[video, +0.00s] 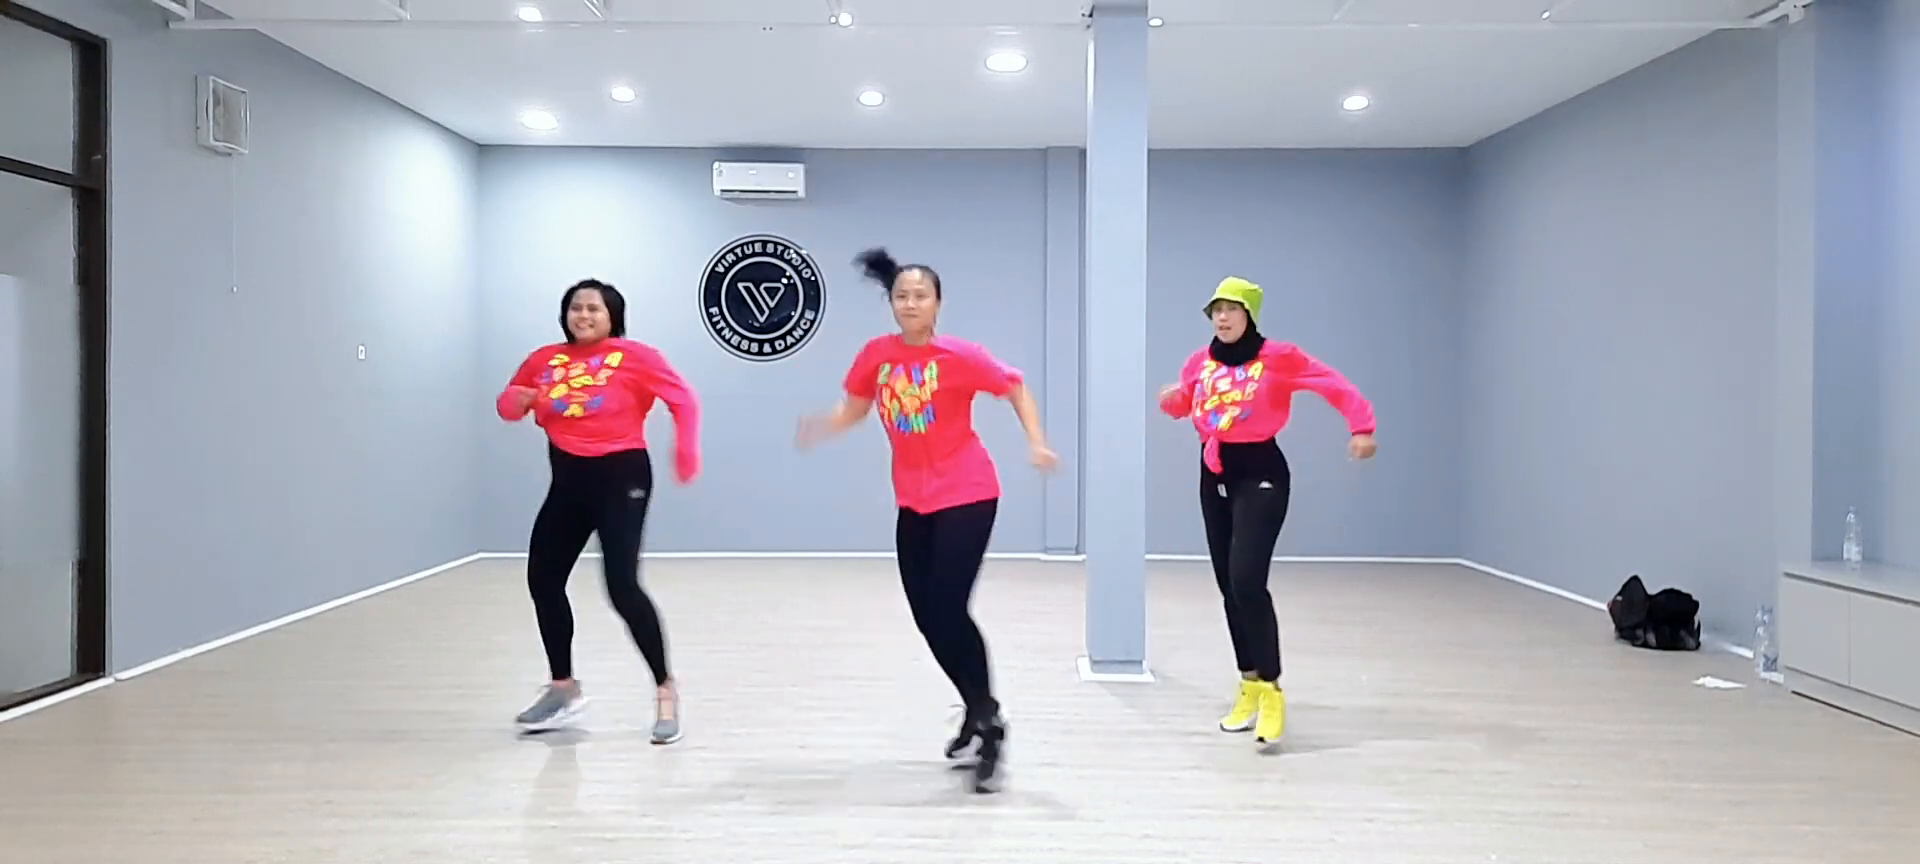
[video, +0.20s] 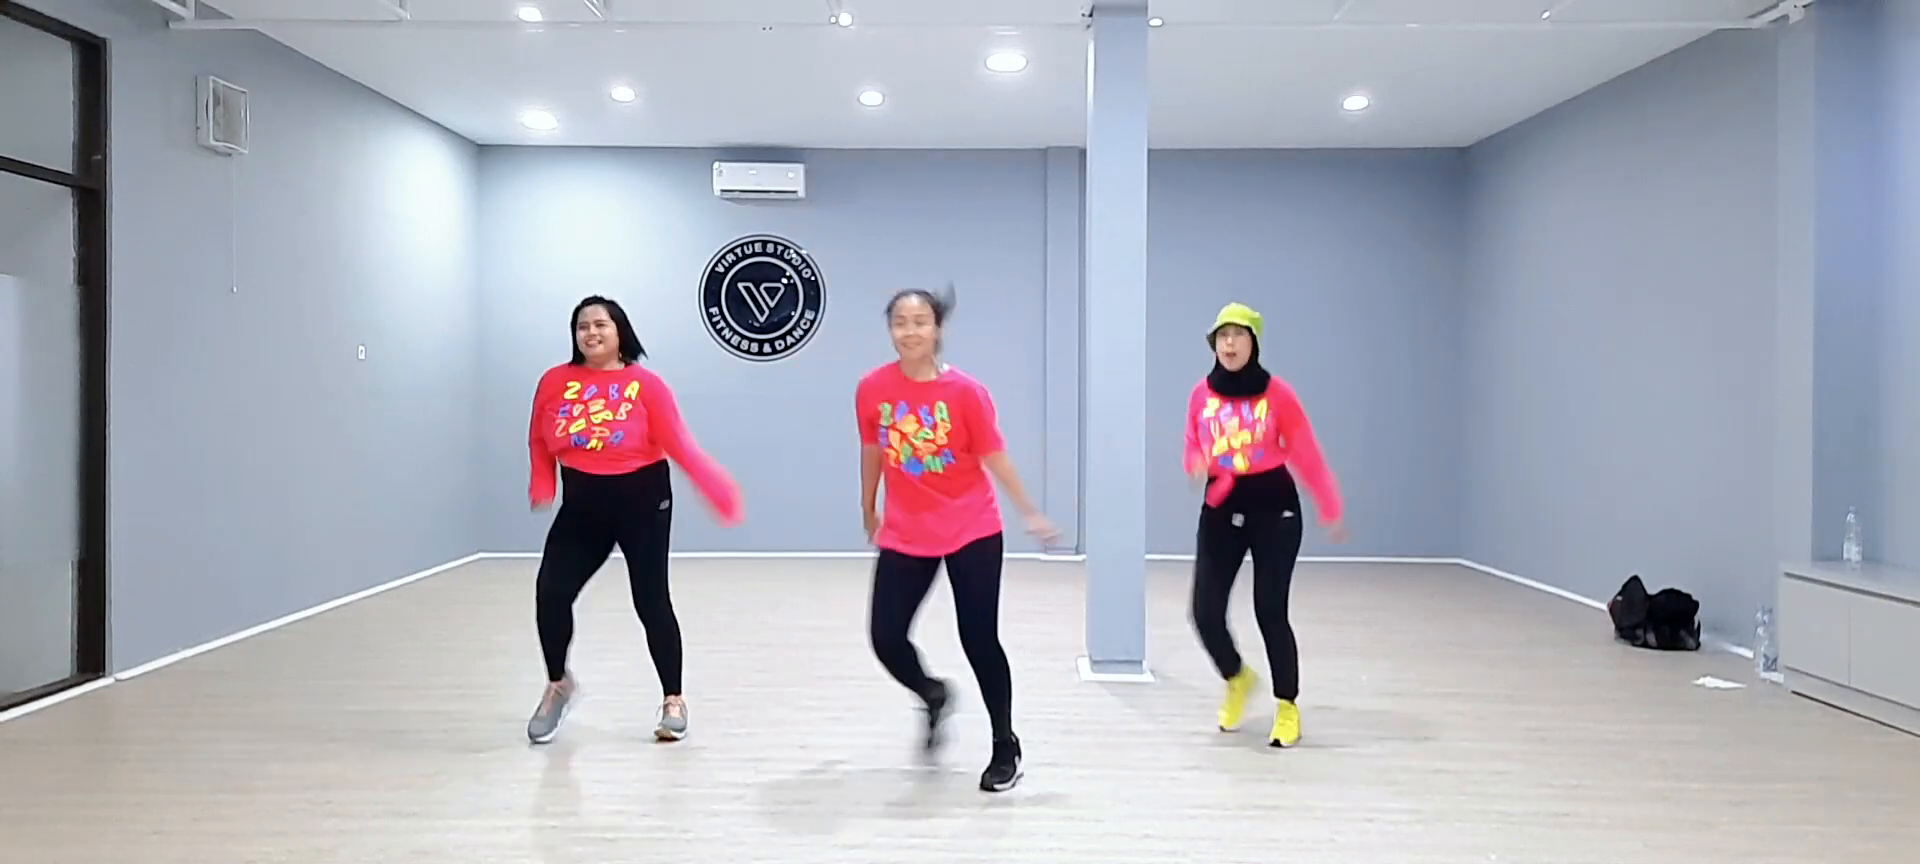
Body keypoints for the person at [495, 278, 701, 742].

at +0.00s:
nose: (583, 315)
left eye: (593, 309)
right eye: (576, 308)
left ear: (612, 317)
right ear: (565, 316)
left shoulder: (635, 357)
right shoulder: (545, 359)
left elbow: (684, 399)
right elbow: (506, 408)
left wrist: (687, 456)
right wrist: (522, 399)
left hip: (622, 478)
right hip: (569, 481)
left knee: (621, 587)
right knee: (543, 579)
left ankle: (665, 690)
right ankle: (563, 686)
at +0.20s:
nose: (591, 331)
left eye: (601, 324)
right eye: (583, 326)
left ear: (621, 333)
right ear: (575, 336)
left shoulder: (646, 384)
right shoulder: (556, 382)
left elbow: (680, 444)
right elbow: (540, 439)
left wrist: (723, 491)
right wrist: (542, 484)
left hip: (642, 503)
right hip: (584, 503)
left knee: (651, 600)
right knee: (550, 591)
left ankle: (673, 700)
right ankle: (558, 684)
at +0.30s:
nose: (582, 329)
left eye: (592, 320)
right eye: (573, 324)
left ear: (613, 327)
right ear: (566, 334)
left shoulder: (639, 381)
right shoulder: (551, 379)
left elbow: (648, 453)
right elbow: (538, 445)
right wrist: (531, 501)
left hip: (629, 497)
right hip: (571, 494)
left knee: (646, 601)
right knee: (538, 590)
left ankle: (672, 700)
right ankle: (533, 702)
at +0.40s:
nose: (567, 339)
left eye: (576, 330)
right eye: (559, 335)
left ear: (600, 336)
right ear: (553, 346)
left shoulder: (623, 385)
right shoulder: (544, 389)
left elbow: (592, 446)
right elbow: (530, 449)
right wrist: (518, 491)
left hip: (616, 504)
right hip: (558, 505)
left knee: (634, 610)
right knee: (516, 607)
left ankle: (672, 704)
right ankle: (487, 720)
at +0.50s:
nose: (547, 343)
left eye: (557, 334)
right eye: (539, 339)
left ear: (579, 340)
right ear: (533, 350)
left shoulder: (600, 389)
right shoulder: (528, 395)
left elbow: (544, 437)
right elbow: (513, 445)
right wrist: (492, 483)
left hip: (590, 516)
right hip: (529, 512)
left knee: (620, 618)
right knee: (489, 616)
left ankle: (668, 700)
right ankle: (473, 729)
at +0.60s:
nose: (525, 323)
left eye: (535, 315)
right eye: (517, 317)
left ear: (556, 323)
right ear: (507, 328)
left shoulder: (577, 367)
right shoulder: (500, 376)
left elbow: (538, 414)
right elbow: (479, 424)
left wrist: (451, 427)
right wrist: (445, 462)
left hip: (559, 500)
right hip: (499, 496)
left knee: (590, 604)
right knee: (473, 611)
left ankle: (638, 689)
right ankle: (470, 728)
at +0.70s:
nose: (505, 295)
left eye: (515, 287)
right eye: (496, 289)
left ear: (536, 295)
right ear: (485, 301)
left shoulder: (560, 335)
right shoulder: (474, 349)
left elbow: (556, 391)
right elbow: (437, 393)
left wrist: (475, 405)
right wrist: (392, 436)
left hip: (546, 477)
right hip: (483, 474)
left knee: (559, 594)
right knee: (468, 596)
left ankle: (564, 690)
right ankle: (459, 714)